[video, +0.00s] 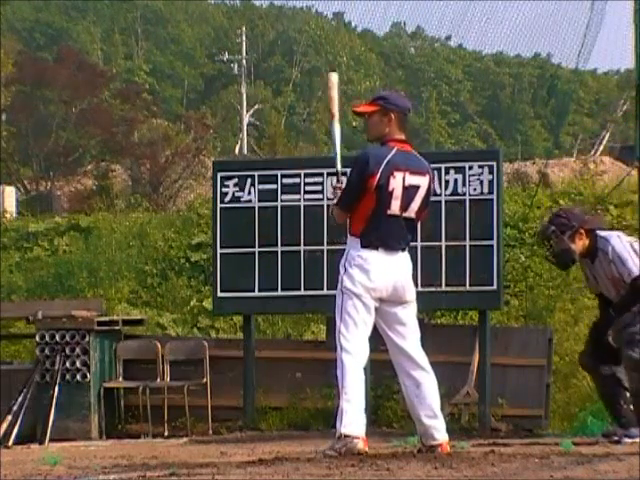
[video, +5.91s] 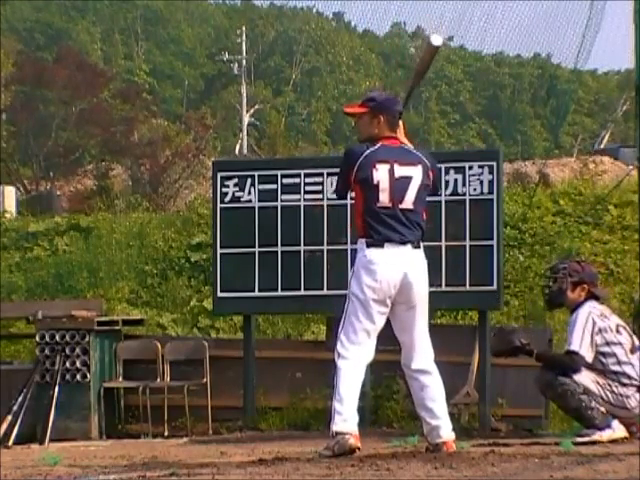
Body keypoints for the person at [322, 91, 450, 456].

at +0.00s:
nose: (366, 122)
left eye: (371, 116)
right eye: (367, 116)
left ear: (390, 118)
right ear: (396, 120)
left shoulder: (369, 158)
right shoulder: (423, 167)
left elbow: (341, 211)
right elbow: (416, 218)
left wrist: (336, 204)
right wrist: (361, 211)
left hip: (363, 262)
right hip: (400, 263)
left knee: (352, 349)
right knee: (410, 352)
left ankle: (352, 434)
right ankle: (436, 437)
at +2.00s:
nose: (354, 123)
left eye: (359, 117)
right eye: (354, 117)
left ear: (380, 119)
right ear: (384, 121)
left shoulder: (363, 155)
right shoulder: (416, 159)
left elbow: (335, 199)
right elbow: (405, 203)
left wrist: (357, 171)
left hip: (367, 261)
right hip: (403, 261)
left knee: (354, 349)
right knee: (413, 352)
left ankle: (352, 435)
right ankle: (436, 437)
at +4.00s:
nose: (358, 121)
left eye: (364, 116)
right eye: (360, 116)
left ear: (382, 118)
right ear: (391, 119)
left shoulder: (365, 154)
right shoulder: (424, 155)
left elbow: (338, 190)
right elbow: (433, 175)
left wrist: (366, 162)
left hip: (379, 257)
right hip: (416, 259)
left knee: (350, 345)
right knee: (412, 353)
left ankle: (347, 427)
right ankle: (435, 437)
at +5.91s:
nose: (357, 124)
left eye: (362, 119)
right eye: (358, 118)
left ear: (380, 121)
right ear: (393, 122)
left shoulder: (358, 155)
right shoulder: (423, 161)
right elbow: (429, 184)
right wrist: (402, 142)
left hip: (376, 261)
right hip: (415, 261)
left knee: (353, 348)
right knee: (419, 352)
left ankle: (344, 431)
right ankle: (442, 435)